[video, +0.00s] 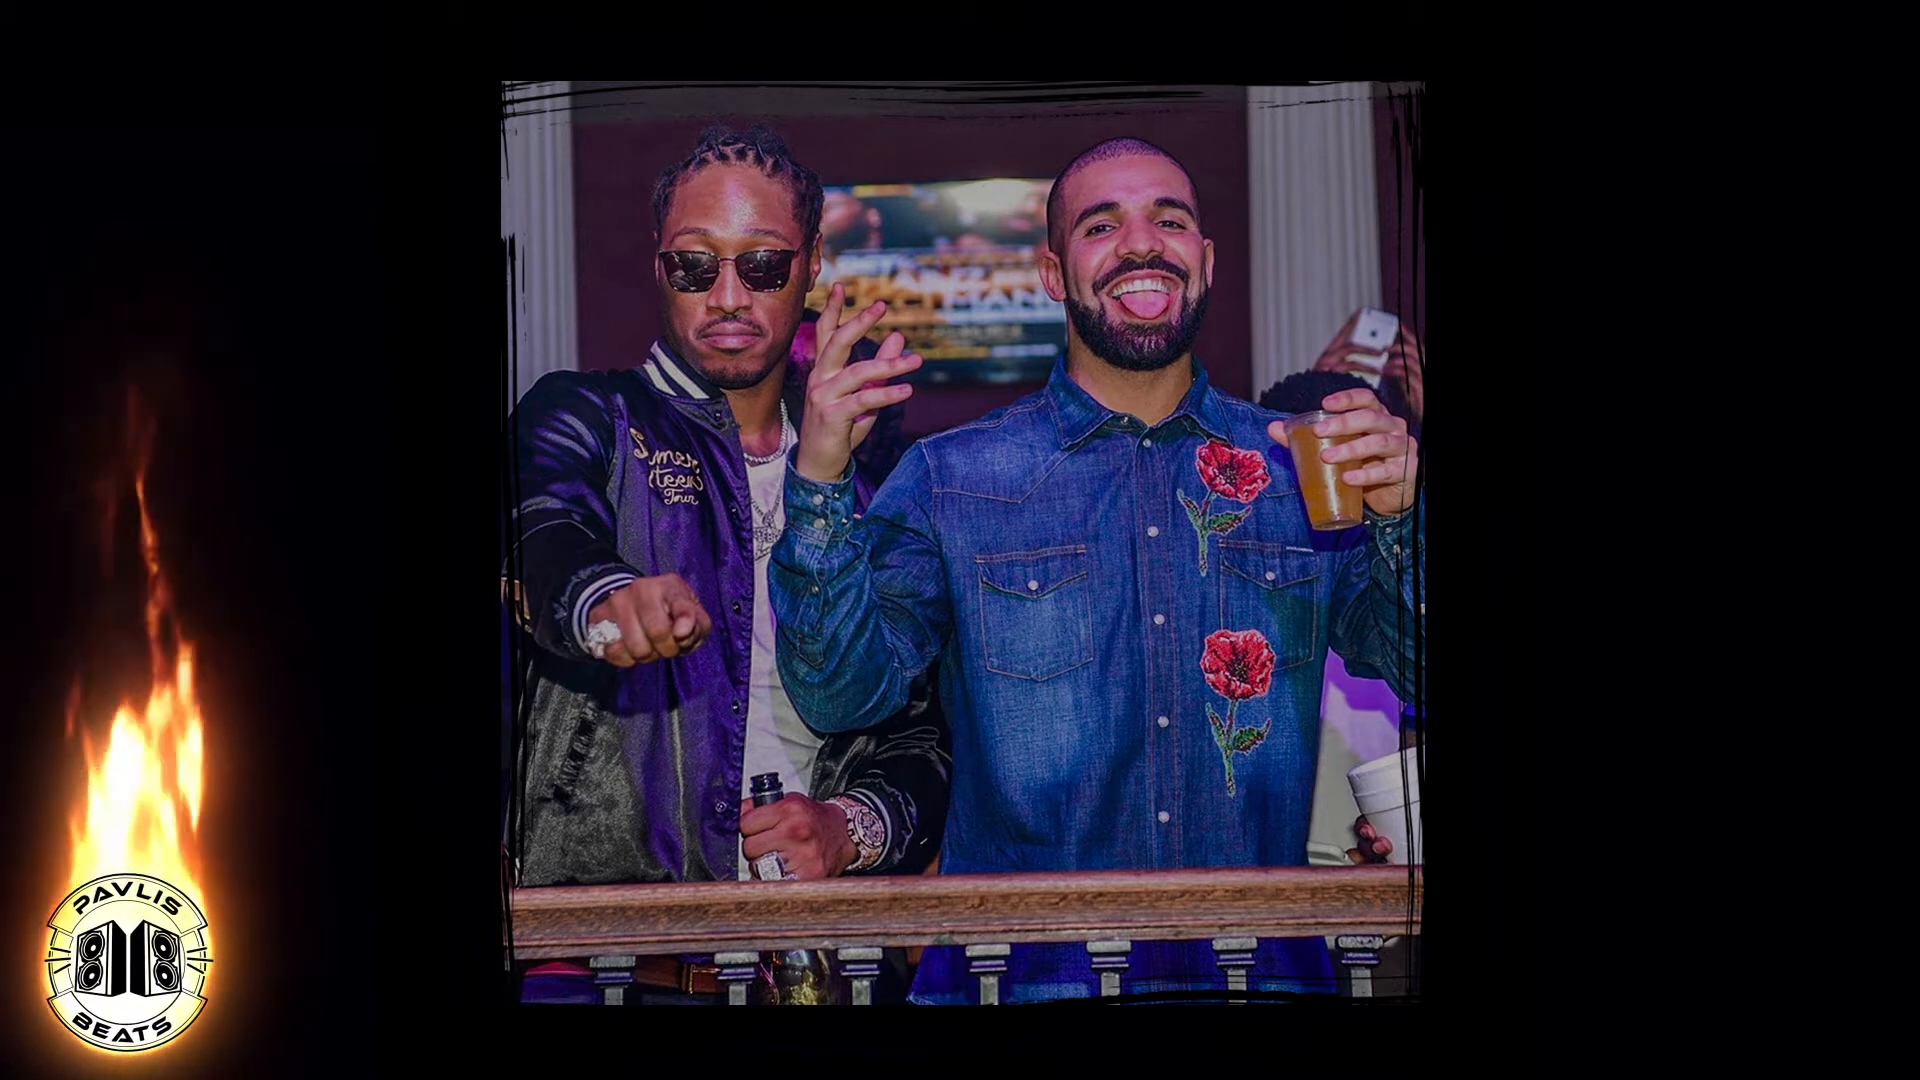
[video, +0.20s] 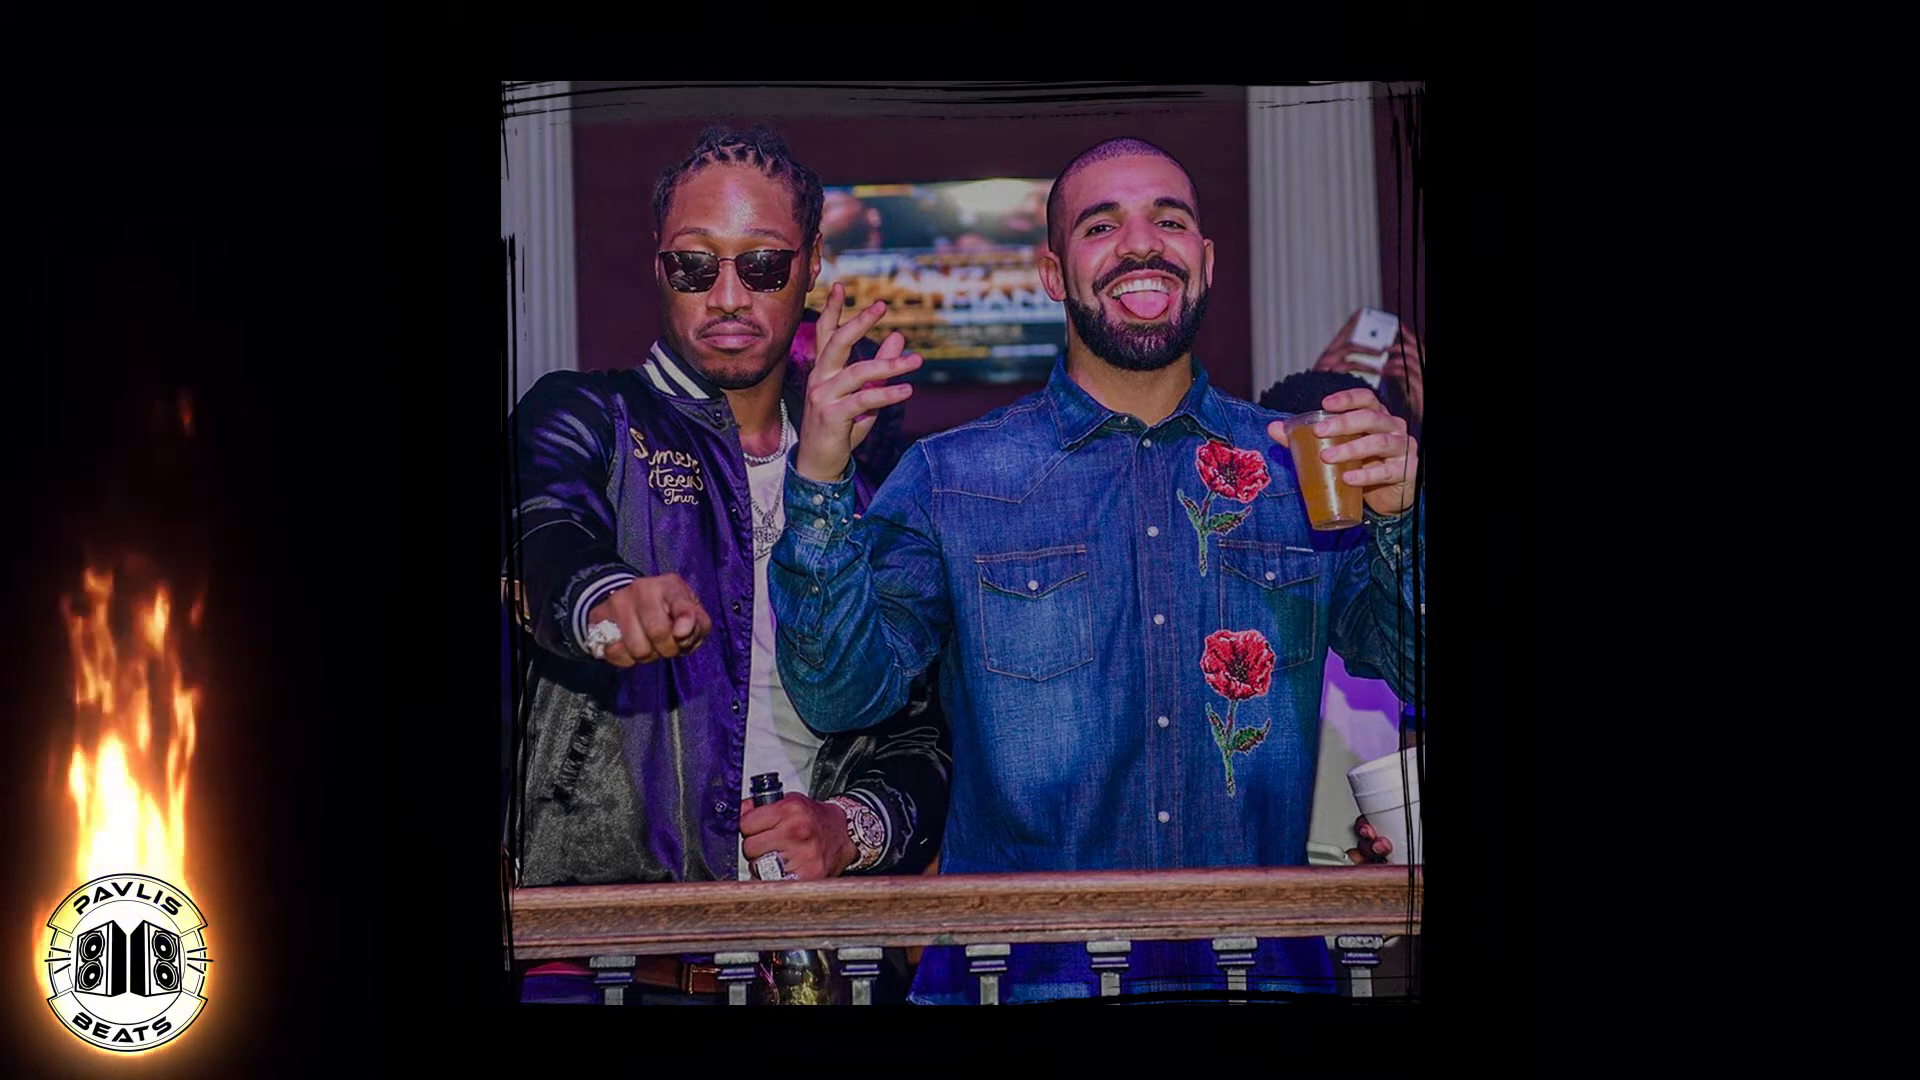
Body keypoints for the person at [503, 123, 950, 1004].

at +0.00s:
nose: (729, 296)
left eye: (763, 266)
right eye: (694, 266)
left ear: (811, 274)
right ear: (658, 272)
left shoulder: (878, 460)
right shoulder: (581, 412)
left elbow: (926, 726)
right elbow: (540, 525)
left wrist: (857, 826)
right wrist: (602, 595)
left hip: (827, 944)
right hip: (605, 943)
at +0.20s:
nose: (729, 296)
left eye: (763, 266)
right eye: (694, 266)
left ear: (811, 274)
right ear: (658, 272)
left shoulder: (878, 460)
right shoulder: (581, 412)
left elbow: (926, 726)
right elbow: (540, 525)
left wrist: (857, 826)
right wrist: (602, 595)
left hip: (827, 944)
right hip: (605, 943)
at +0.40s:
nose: (729, 296)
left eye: (763, 266)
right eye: (694, 266)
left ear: (811, 274)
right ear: (658, 272)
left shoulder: (878, 460)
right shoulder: (581, 412)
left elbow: (926, 726)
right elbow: (540, 525)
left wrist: (857, 826)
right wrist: (602, 595)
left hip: (827, 944)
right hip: (605, 943)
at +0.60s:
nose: (728, 295)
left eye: (763, 266)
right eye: (694, 266)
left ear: (811, 275)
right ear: (658, 273)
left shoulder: (877, 460)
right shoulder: (581, 411)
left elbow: (926, 725)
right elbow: (541, 525)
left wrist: (858, 826)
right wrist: (603, 596)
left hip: (826, 945)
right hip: (605, 944)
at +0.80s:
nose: (729, 296)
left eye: (763, 266)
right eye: (694, 266)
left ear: (811, 274)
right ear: (658, 272)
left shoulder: (878, 460)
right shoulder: (581, 412)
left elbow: (926, 725)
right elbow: (540, 525)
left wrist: (857, 826)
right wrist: (602, 595)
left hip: (827, 944)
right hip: (605, 943)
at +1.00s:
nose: (729, 296)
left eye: (763, 266)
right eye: (694, 266)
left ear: (811, 274)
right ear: (658, 272)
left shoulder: (878, 460)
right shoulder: (581, 412)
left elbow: (926, 725)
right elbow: (540, 525)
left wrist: (857, 826)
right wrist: (602, 595)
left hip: (827, 944)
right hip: (605, 943)